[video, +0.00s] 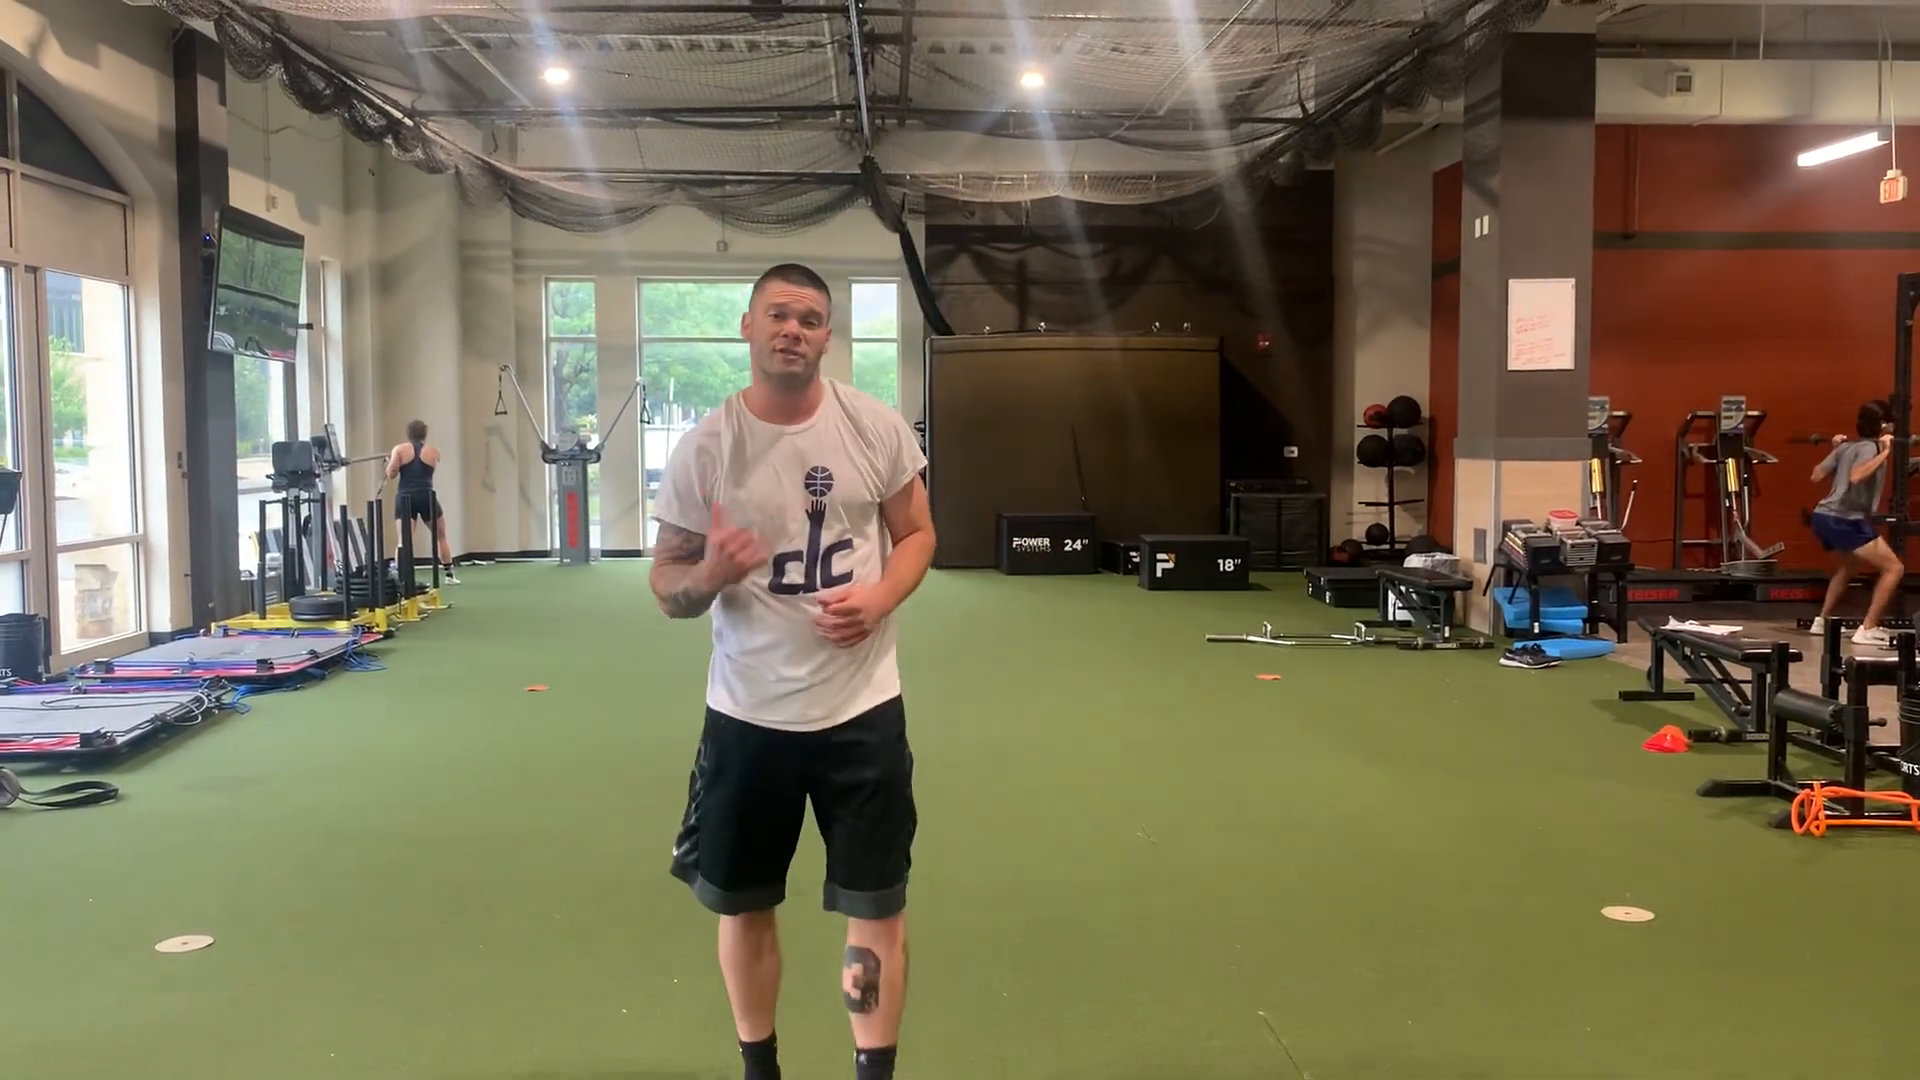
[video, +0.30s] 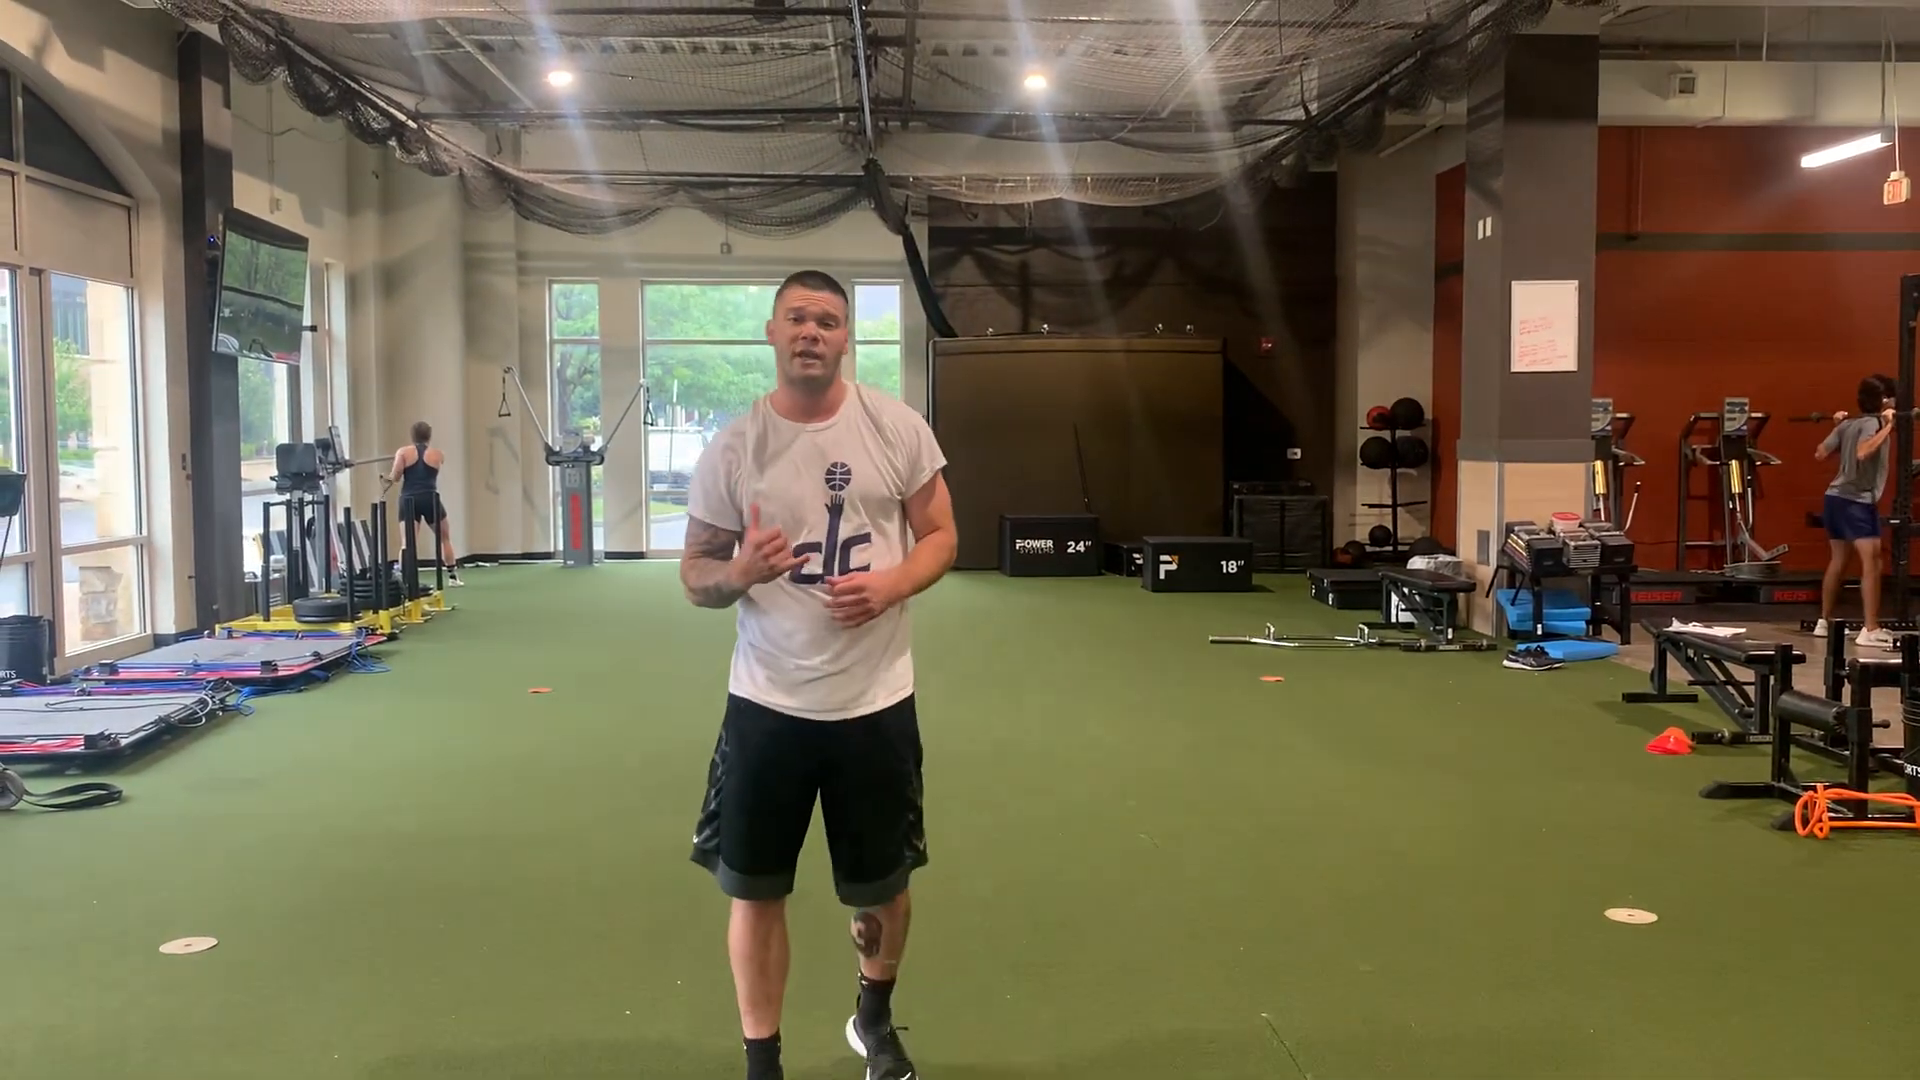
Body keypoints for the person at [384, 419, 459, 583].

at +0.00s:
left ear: (408, 434)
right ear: (425, 435)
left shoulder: (399, 450)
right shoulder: (433, 452)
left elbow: (390, 473)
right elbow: (430, 470)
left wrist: (389, 463)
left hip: (405, 497)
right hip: (426, 495)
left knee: (402, 540)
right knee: (440, 536)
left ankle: (398, 573)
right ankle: (449, 574)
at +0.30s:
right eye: (427, 435)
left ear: (413, 436)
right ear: (429, 436)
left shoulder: (403, 452)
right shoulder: (437, 454)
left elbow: (395, 476)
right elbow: (434, 472)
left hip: (409, 499)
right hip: (430, 498)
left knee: (407, 543)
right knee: (444, 538)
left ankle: (402, 577)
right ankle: (453, 576)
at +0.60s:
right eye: (430, 435)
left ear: (415, 436)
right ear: (432, 437)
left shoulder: (406, 453)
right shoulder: (440, 454)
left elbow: (399, 476)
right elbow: (436, 473)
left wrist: (388, 494)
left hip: (411, 499)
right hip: (433, 498)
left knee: (409, 543)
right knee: (446, 538)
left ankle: (404, 576)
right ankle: (455, 576)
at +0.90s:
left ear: (416, 434)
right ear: (432, 435)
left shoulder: (406, 450)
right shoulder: (441, 451)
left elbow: (400, 474)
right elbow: (437, 471)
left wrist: (388, 494)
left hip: (413, 497)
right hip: (434, 496)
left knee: (410, 540)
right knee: (447, 535)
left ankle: (405, 573)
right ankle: (456, 573)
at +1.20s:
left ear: (418, 431)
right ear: (434, 432)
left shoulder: (408, 446)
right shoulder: (443, 449)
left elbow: (400, 469)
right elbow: (438, 469)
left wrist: (390, 488)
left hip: (414, 494)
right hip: (435, 493)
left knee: (411, 536)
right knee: (448, 532)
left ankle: (406, 570)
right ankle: (457, 570)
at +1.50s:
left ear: (419, 431)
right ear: (436, 432)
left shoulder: (409, 446)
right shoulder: (444, 448)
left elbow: (401, 465)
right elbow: (439, 467)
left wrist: (390, 484)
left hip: (414, 492)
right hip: (435, 491)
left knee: (412, 535)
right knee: (449, 531)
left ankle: (410, 571)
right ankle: (458, 568)